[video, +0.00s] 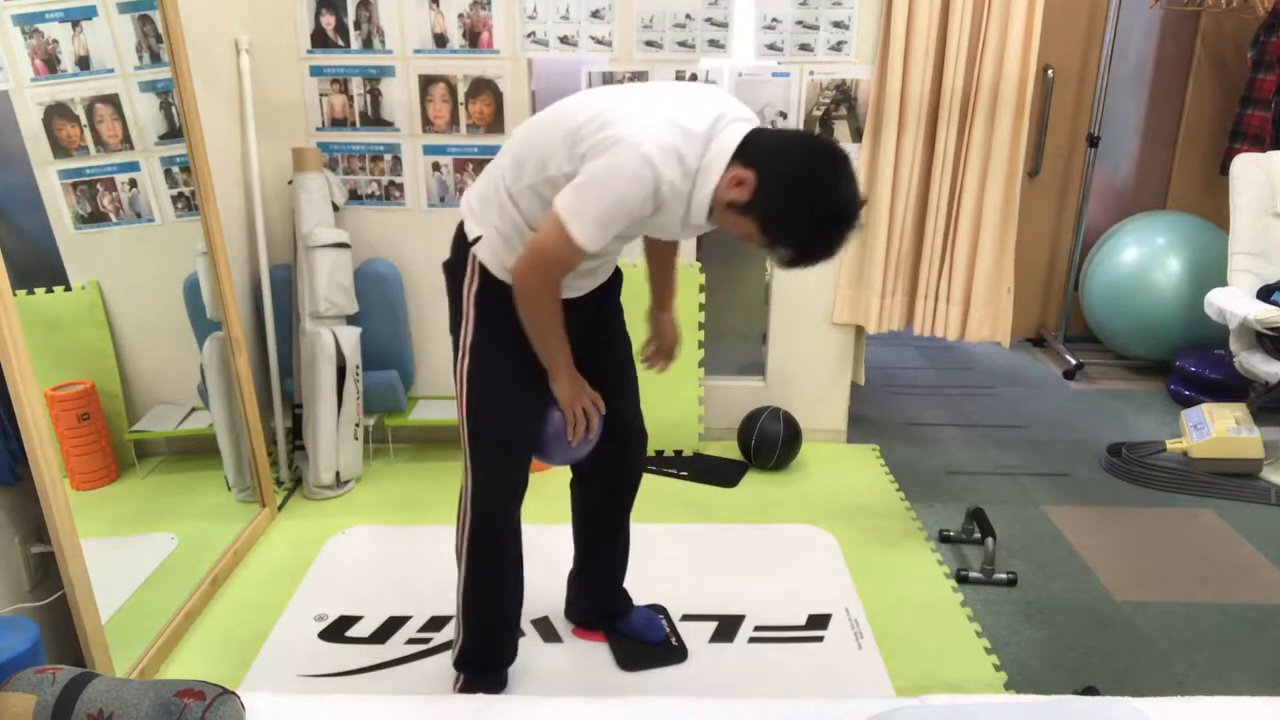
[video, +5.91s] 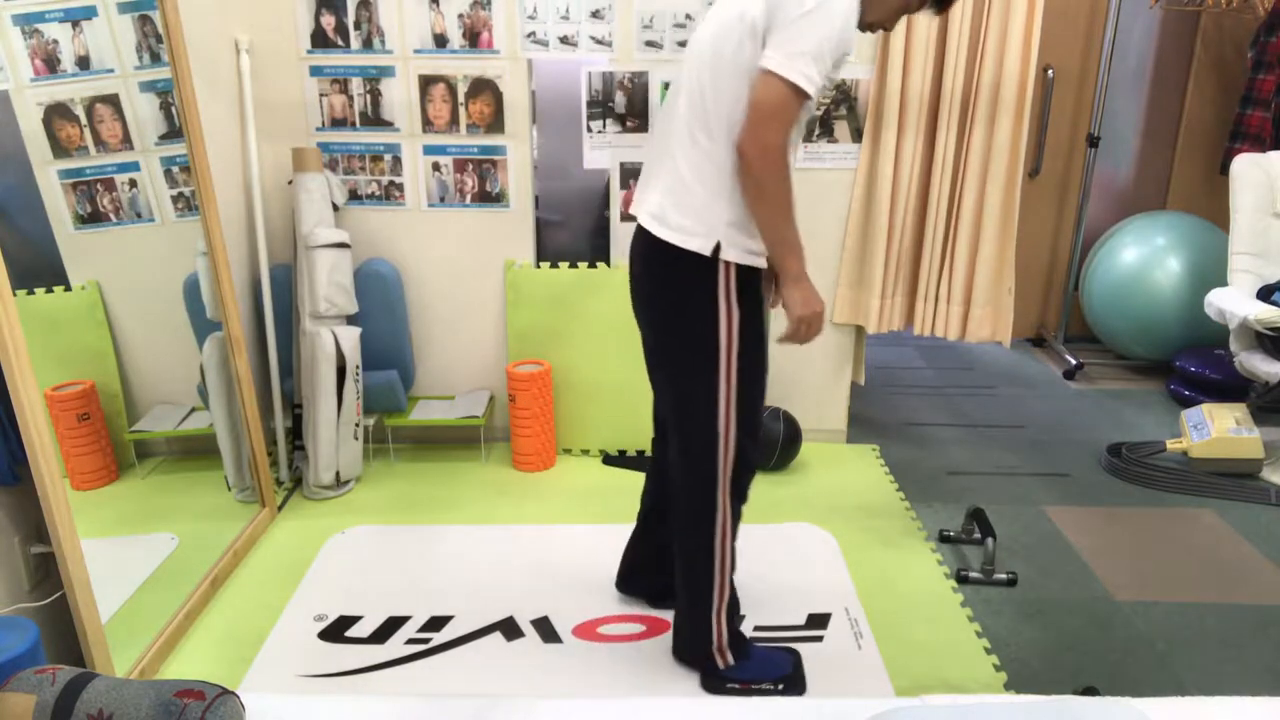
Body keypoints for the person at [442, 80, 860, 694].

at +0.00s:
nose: (745, 246)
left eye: (759, 245)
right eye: (755, 239)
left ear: (743, 178)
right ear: (739, 188)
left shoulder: (736, 140)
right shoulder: (641, 162)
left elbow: (668, 211)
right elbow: (531, 274)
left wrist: (663, 308)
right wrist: (563, 375)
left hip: (589, 266)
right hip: (501, 262)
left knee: (618, 441)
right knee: (498, 474)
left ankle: (597, 600)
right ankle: (482, 664)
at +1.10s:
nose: (799, 159)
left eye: (816, 156)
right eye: (815, 147)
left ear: (802, 94)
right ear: (803, 97)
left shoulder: (738, 105)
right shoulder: (713, 93)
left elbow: (632, 190)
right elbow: (581, 185)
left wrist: (625, 282)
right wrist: (603, 324)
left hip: (584, 252)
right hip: (530, 244)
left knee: (607, 438)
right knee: (558, 454)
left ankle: (598, 601)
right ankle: (545, 655)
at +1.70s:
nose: (768, 51)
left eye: (783, 41)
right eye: (778, 34)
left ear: (745, 5)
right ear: (747, 2)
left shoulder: (677, 35)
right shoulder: (640, 44)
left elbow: (590, 160)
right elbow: (535, 181)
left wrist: (611, 253)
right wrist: (555, 336)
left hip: (584, 278)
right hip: (535, 285)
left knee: (613, 441)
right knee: (570, 478)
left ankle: (589, 595)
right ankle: (553, 669)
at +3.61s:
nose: (726, 34)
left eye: (740, 27)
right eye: (742, 19)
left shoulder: (629, 14)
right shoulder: (658, 7)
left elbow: (583, 123)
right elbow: (598, 115)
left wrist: (603, 254)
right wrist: (616, 260)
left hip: (561, 240)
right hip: (552, 242)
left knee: (591, 424)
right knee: (568, 441)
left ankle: (579, 586)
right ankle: (536, 650)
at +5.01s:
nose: (834, 9)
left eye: (840, 4)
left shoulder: (741, 13)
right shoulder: (731, 18)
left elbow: (687, 146)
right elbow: (667, 161)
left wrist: (706, 243)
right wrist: (693, 307)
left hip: (660, 258)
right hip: (638, 264)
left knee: (676, 436)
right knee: (652, 453)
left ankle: (656, 572)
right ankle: (623, 644)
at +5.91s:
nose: (900, 22)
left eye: (913, 14)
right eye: (914, 8)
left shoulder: (767, 7)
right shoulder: (825, 9)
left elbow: (727, 133)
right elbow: (761, 140)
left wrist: (763, 252)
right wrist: (794, 271)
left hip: (675, 240)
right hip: (705, 249)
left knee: (688, 427)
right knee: (723, 450)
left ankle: (653, 569)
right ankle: (712, 646)